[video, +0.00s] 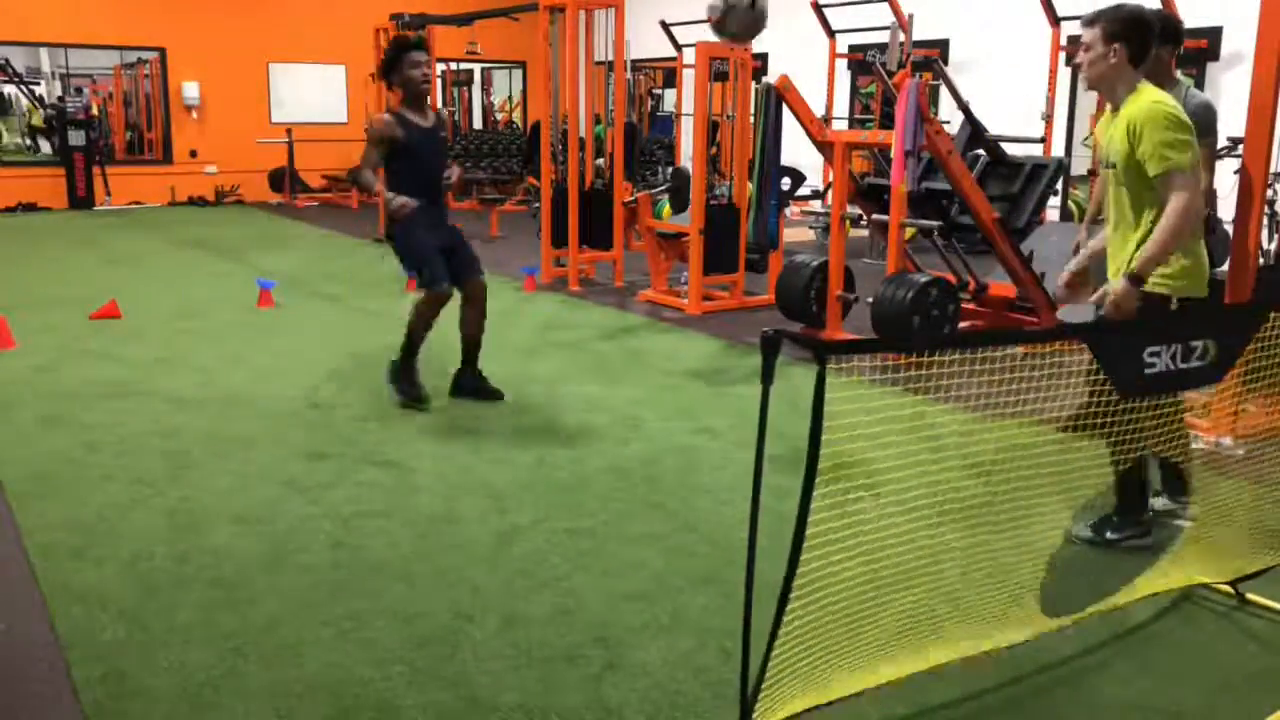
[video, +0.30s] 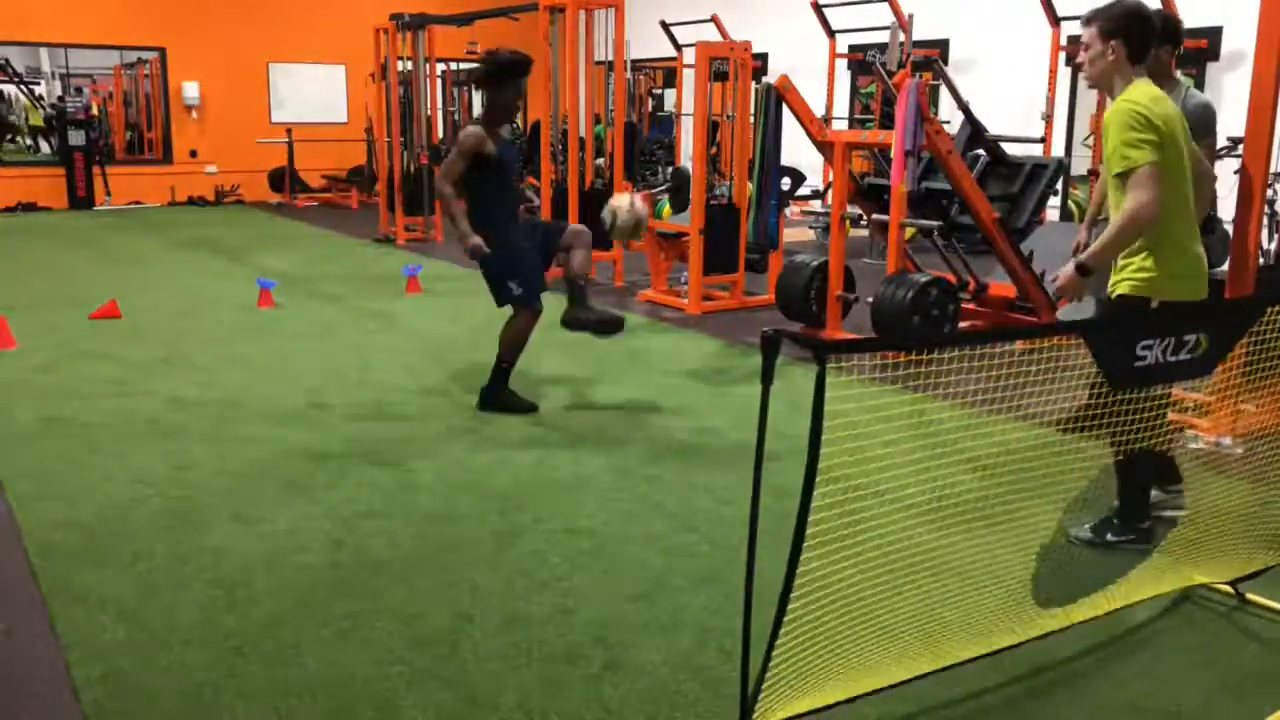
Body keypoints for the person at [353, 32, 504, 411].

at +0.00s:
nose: (426, 73)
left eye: (427, 66)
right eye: (415, 67)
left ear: (431, 73)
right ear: (394, 80)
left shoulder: (438, 121)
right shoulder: (385, 125)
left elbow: (438, 163)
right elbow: (363, 172)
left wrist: (452, 171)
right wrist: (388, 197)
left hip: (439, 220)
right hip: (407, 223)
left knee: (475, 287)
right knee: (439, 289)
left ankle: (468, 374)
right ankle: (404, 366)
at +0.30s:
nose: (519, 103)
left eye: (520, 96)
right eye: (513, 95)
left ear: (513, 97)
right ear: (491, 95)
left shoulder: (505, 136)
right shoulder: (473, 138)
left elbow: (493, 183)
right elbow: (444, 182)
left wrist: (520, 197)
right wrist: (465, 234)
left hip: (521, 228)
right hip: (498, 239)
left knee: (580, 236)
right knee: (528, 309)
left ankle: (579, 307)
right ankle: (496, 389)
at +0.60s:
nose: (596, 77)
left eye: (595, 69)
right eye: (590, 69)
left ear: (578, 74)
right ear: (568, 73)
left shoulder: (581, 118)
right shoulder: (543, 120)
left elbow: (581, 170)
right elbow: (520, 170)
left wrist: (602, 186)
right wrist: (534, 215)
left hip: (586, 223)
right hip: (557, 225)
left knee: (621, 275)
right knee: (543, 301)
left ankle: (625, 362)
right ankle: (502, 380)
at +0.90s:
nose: (631, 99)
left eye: (627, 95)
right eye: (624, 96)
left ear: (610, 107)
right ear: (610, 106)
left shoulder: (628, 138)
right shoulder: (606, 142)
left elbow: (657, 152)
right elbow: (568, 172)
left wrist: (686, 148)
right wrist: (550, 194)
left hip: (657, 230)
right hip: (669, 222)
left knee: (664, 302)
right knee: (738, 218)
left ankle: (619, 373)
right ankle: (794, 223)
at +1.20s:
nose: (707, 122)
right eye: (703, 115)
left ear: (665, 131)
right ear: (699, 124)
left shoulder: (663, 169)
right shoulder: (729, 155)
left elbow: (621, 200)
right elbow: (775, 175)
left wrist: (587, 230)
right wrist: (806, 195)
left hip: (709, 257)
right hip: (745, 248)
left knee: (718, 307)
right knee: (780, 310)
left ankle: (709, 365)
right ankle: (819, 363)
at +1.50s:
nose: (611, 124)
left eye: (613, 118)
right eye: (612, 118)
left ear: (618, 121)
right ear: (645, 121)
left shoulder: (625, 158)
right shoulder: (663, 151)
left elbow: (624, 207)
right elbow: (681, 185)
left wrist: (603, 241)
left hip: (668, 248)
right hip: (698, 239)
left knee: (656, 320)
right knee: (706, 311)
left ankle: (714, 365)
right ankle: (760, 337)